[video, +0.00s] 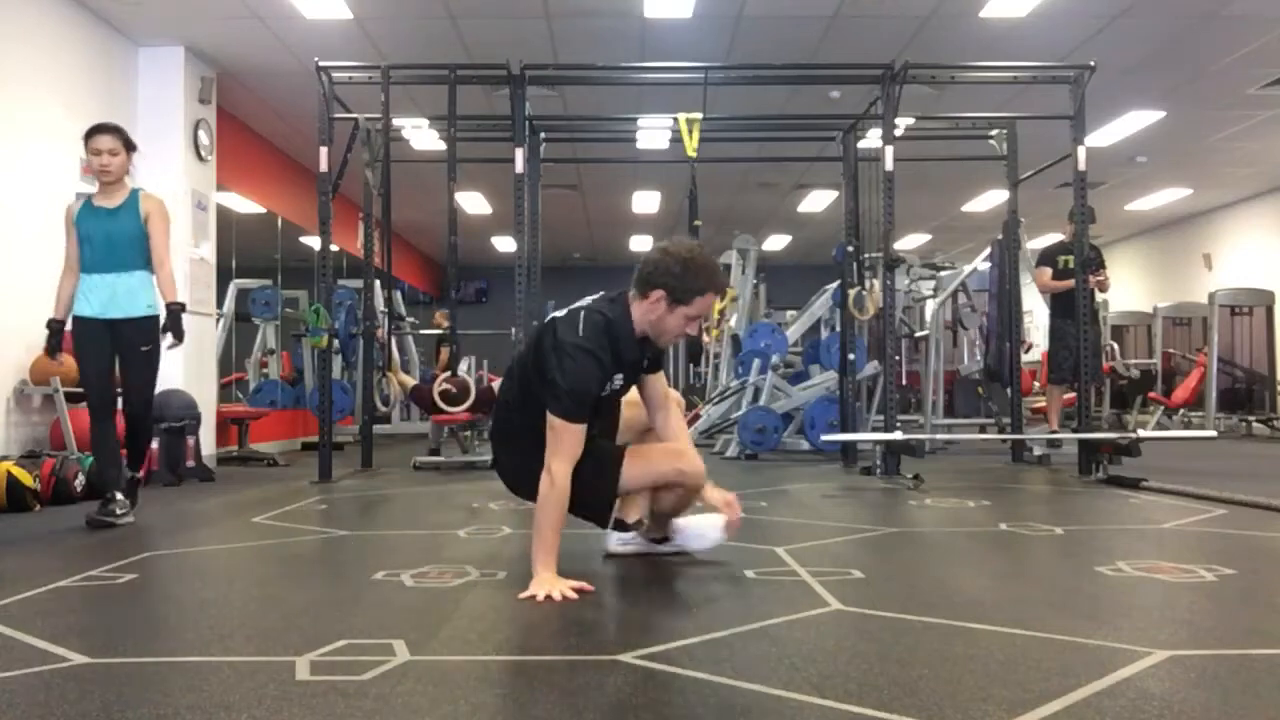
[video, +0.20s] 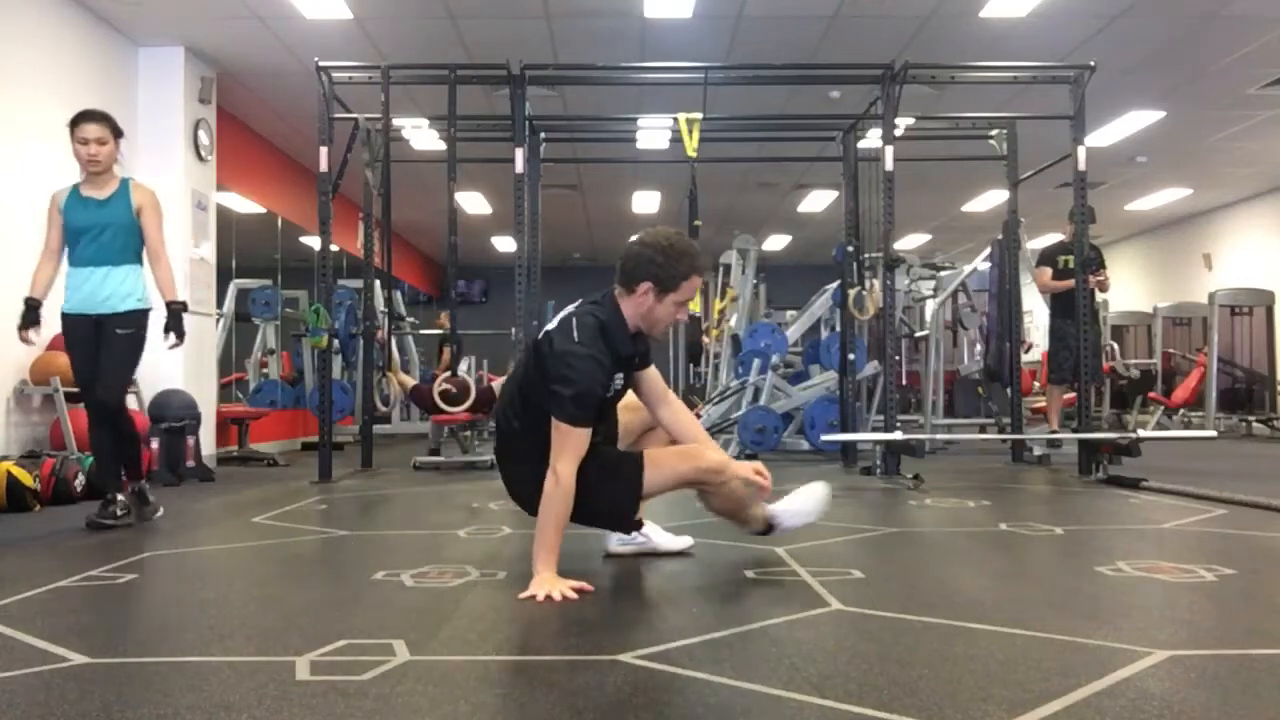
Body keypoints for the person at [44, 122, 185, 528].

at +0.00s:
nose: (104, 160)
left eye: (113, 153)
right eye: (96, 153)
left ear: (129, 157)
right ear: (87, 159)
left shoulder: (149, 204)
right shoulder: (77, 211)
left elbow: (162, 263)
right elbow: (71, 271)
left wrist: (174, 308)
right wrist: (57, 324)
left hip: (139, 318)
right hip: (90, 320)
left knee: (137, 409)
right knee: (100, 407)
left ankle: (132, 478)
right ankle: (114, 496)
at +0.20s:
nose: (92, 150)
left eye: (100, 142)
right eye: (83, 142)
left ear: (116, 145)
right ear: (73, 147)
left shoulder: (139, 195)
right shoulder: (62, 200)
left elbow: (157, 253)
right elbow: (50, 257)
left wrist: (174, 305)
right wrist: (32, 303)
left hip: (127, 310)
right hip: (78, 313)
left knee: (109, 400)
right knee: (95, 405)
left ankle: (136, 486)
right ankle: (112, 497)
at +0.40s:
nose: (78, 144)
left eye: (87, 136)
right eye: (69, 136)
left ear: (104, 139)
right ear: (59, 141)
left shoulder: (125, 190)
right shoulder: (46, 194)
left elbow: (145, 251)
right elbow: (24, 248)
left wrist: (167, 305)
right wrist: (4, 288)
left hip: (114, 307)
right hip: (66, 310)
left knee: (93, 398)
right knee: (88, 402)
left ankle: (91, 502)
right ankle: (113, 498)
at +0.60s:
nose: (58, 132)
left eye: (68, 124)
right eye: (48, 124)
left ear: (85, 129)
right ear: (37, 130)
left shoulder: (106, 184)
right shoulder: (23, 188)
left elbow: (127, 253)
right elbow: (2, 250)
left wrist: (150, 307)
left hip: (92, 305)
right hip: (40, 309)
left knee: (71, 406)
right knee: (64, 408)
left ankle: (48, 512)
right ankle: (105, 486)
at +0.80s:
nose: (20, 114)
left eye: (30, 104)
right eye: (11, 106)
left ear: (55, 107)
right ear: (4, 110)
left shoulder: (78, 164)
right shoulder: (8, 167)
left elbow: (95, 233)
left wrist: (104, 292)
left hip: (66, 298)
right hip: (11, 300)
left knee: (61, 405)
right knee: (1, 401)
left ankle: (47, 510)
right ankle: (38, 478)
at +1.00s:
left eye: (2, 92)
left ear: (26, 95)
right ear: (0, 97)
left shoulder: (54, 152)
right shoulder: (2, 151)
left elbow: (72, 223)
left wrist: (50, 282)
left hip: (44, 293)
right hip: (0, 295)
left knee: (45, 402)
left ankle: (43, 513)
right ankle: (40, 510)